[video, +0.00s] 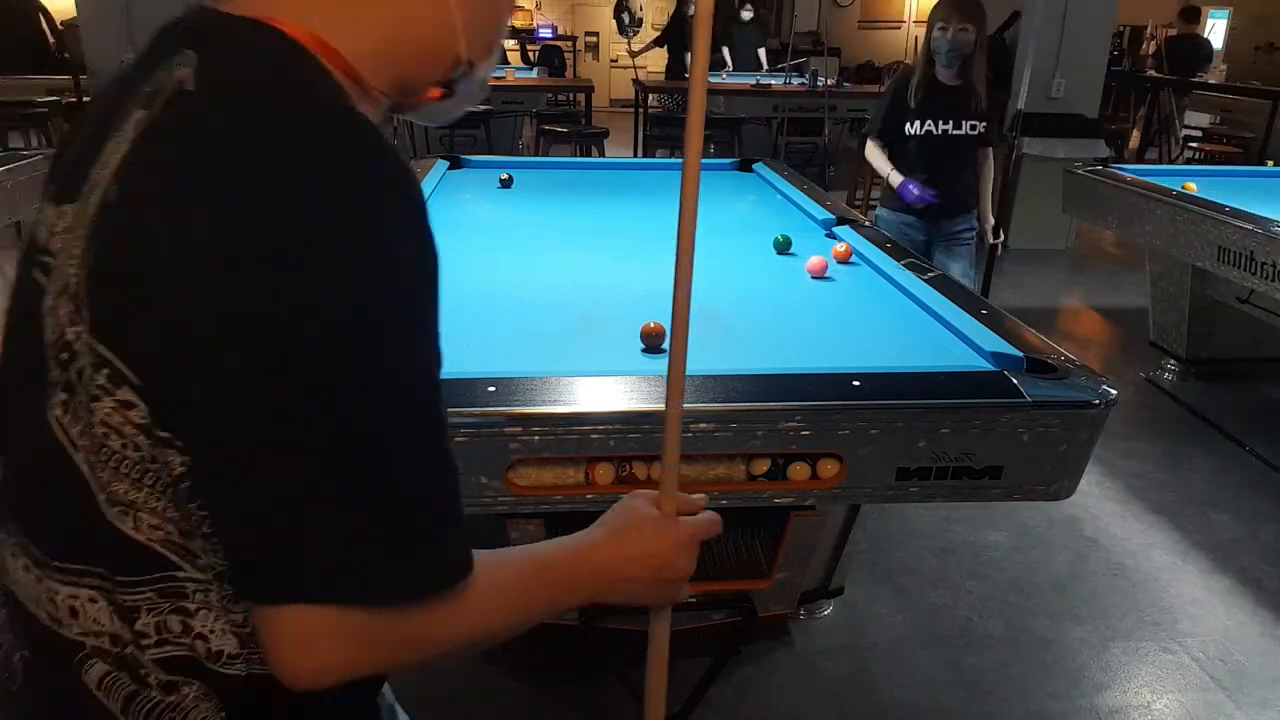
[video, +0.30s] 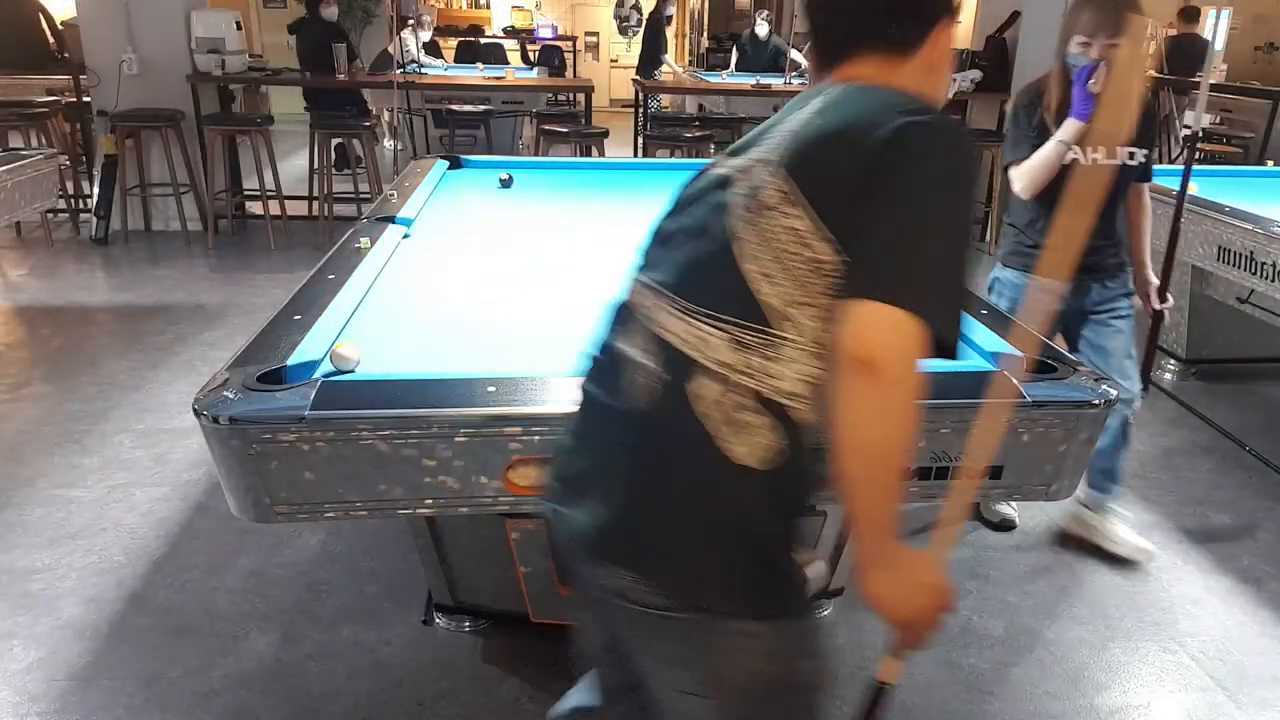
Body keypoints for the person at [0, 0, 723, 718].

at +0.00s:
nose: (492, 44)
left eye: (512, 16)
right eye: (504, 8)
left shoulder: (155, 90)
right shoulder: (315, 170)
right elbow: (322, 632)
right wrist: (592, 567)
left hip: (80, 667)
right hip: (233, 695)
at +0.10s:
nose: (768, 347)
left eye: (789, 315)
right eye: (789, 311)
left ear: (687, 243)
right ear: (764, 288)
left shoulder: (607, 276)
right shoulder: (650, 311)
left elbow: (484, 478)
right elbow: (495, 511)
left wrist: (600, 563)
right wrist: (666, 627)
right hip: (282, 606)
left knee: (476, 685)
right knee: (475, 698)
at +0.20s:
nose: (832, 286)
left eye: (836, 277)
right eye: (837, 273)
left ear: (752, 219)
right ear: (829, 256)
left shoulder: (678, 262)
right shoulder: (787, 264)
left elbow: (581, 403)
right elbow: (700, 355)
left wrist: (645, 548)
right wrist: (756, 543)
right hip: (444, 545)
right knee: (524, 698)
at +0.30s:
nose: (956, 50)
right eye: (959, 29)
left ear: (822, 43)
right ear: (945, 30)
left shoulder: (782, 128)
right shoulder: (919, 136)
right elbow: (873, 352)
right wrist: (882, 554)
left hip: (598, 518)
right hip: (699, 556)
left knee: (624, 689)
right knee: (770, 703)